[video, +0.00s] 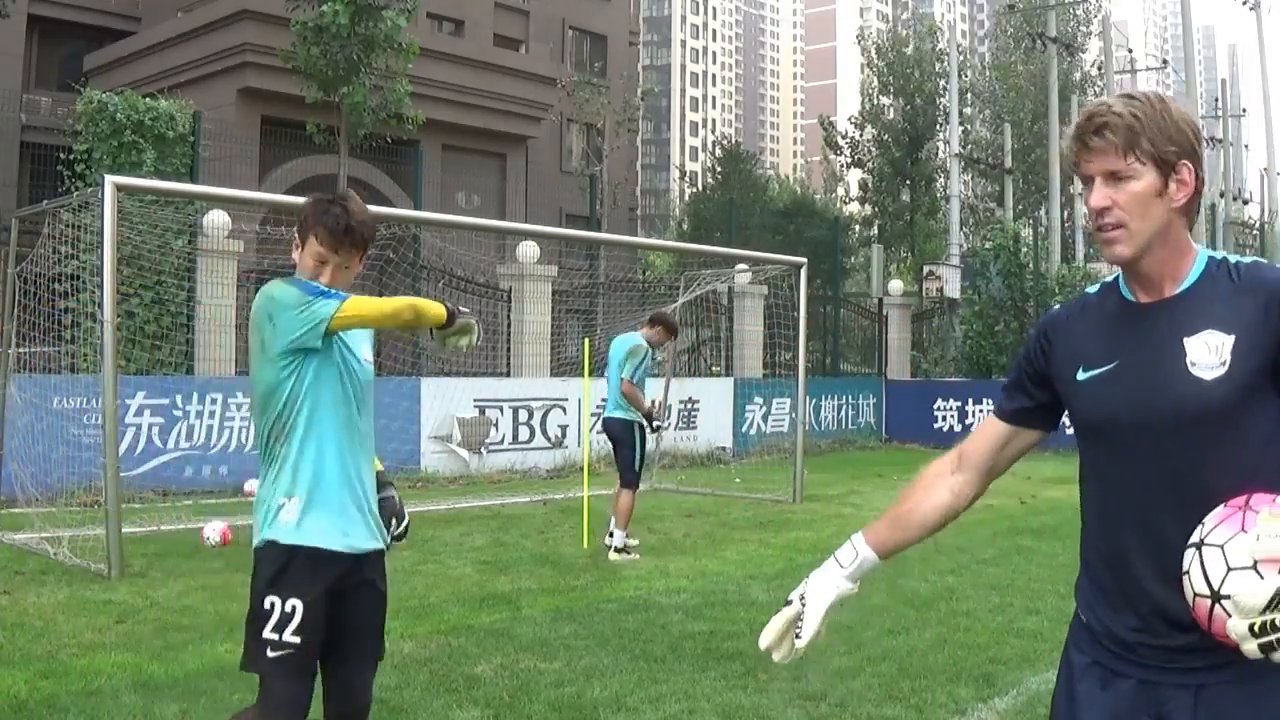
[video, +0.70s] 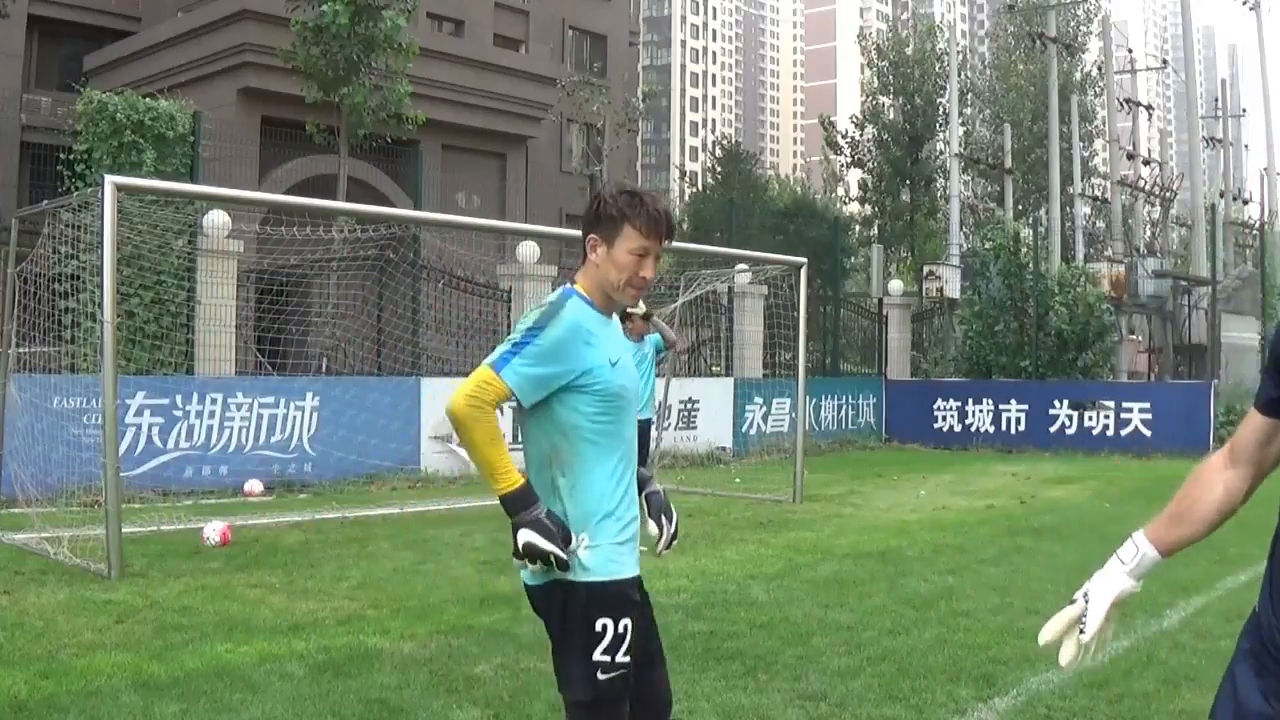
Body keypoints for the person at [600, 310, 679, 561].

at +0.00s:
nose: (664, 344)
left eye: (667, 340)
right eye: (665, 338)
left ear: (649, 326)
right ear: (656, 328)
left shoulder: (621, 340)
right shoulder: (641, 348)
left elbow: (617, 384)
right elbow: (626, 387)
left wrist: (645, 407)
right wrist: (647, 412)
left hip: (612, 418)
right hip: (627, 420)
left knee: (625, 480)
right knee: (630, 484)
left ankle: (614, 530)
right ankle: (618, 545)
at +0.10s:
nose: (662, 345)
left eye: (665, 341)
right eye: (664, 339)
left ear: (650, 328)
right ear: (653, 329)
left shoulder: (627, 342)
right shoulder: (636, 347)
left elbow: (626, 376)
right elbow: (619, 385)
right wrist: (642, 412)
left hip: (619, 418)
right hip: (625, 420)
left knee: (625, 482)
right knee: (630, 484)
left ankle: (622, 535)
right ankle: (618, 545)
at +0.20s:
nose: (660, 341)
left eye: (662, 337)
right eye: (660, 335)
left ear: (651, 331)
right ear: (647, 328)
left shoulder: (641, 351)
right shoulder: (628, 346)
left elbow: (660, 375)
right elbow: (607, 384)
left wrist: (665, 349)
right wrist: (633, 409)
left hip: (630, 421)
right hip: (621, 421)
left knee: (633, 483)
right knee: (633, 484)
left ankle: (623, 537)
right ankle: (618, 544)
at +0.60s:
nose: (649, 325)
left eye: (650, 320)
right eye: (644, 320)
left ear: (652, 322)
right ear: (630, 323)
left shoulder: (653, 343)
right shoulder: (613, 348)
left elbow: (680, 346)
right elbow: (599, 382)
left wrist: (658, 319)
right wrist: (610, 408)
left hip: (644, 420)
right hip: (621, 420)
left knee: (636, 478)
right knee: (629, 478)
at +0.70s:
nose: (647, 324)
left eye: (646, 320)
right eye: (642, 320)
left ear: (646, 323)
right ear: (628, 324)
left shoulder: (651, 342)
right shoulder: (618, 343)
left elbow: (672, 341)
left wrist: (653, 319)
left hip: (644, 414)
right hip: (619, 415)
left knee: (640, 465)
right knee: (619, 463)